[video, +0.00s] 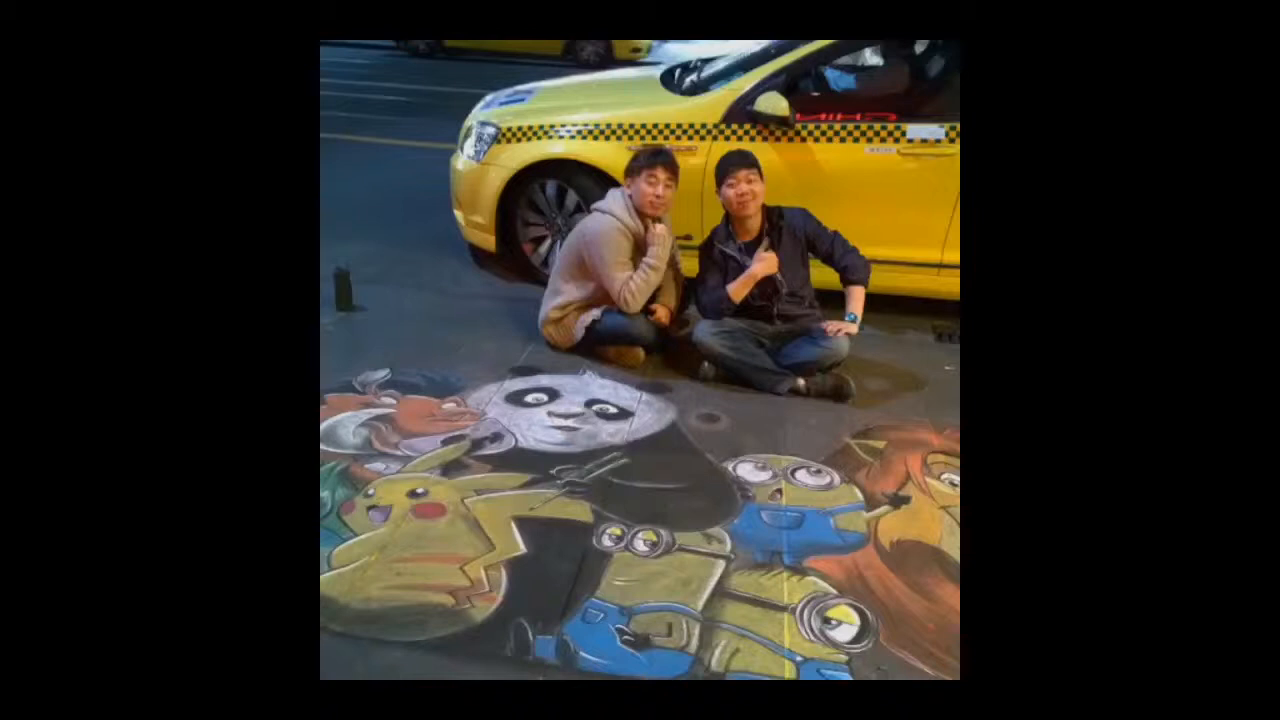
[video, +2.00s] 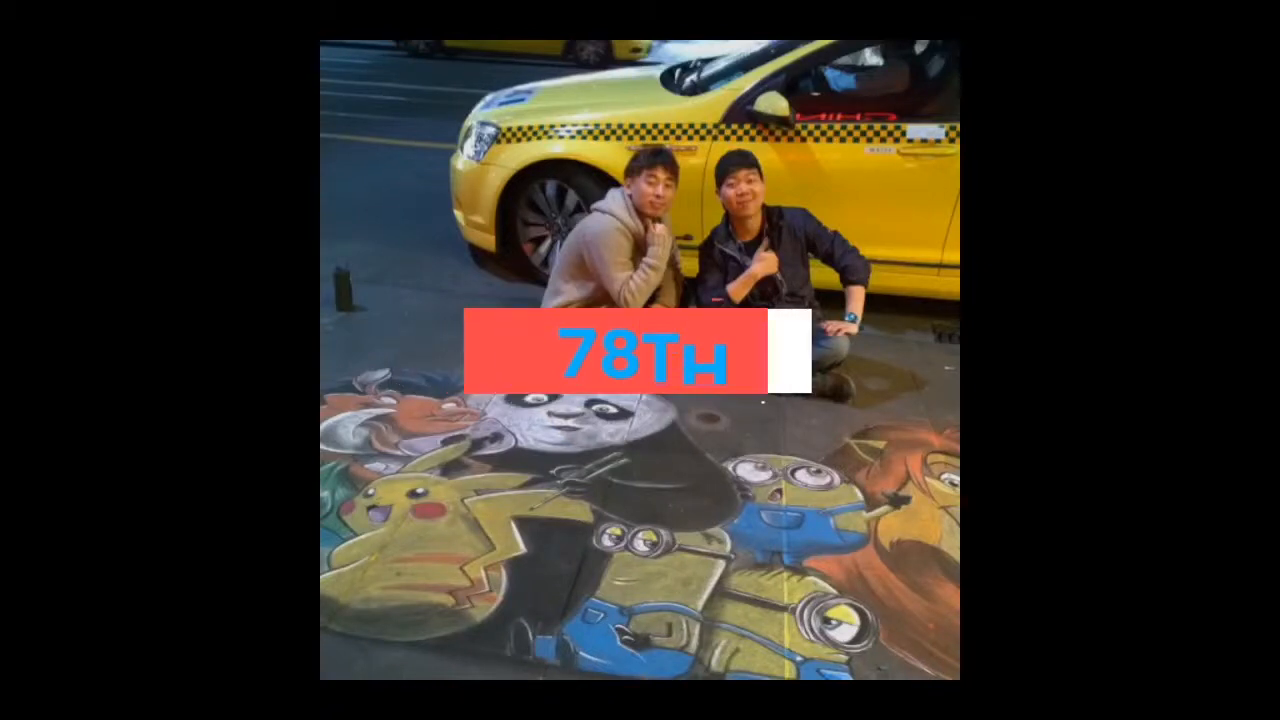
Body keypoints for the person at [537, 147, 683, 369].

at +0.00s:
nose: (660, 193)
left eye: (668, 186)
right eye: (651, 182)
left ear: (674, 193)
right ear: (629, 184)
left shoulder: (656, 222)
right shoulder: (605, 226)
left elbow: (669, 270)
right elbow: (629, 300)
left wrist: (665, 304)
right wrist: (658, 250)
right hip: (566, 319)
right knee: (639, 327)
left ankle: (625, 347)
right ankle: (670, 336)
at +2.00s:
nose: (660, 193)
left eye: (668, 185)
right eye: (651, 183)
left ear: (675, 192)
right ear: (629, 184)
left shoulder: (656, 221)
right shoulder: (604, 228)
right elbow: (628, 300)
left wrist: (662, 306)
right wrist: (658, 252)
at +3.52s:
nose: (659, 191)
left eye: (668, 184)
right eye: (651, 181)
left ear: (675, 190)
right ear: (629, 182)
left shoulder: (656, 224)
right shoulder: (604, 222)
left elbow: (669, 278)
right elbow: (629, 300)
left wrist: (665, 305)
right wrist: (664, 249)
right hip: (566, 319)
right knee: (639, 327)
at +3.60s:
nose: (659, 191)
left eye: (668, 184)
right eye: (651, 181)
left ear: (675, 190)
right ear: (629, 182)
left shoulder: (656, 224)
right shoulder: (604, 222)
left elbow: (669, 278)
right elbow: (629, 300)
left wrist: (665, 305)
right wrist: (664, 249)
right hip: (566, 319)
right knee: (639, 327)